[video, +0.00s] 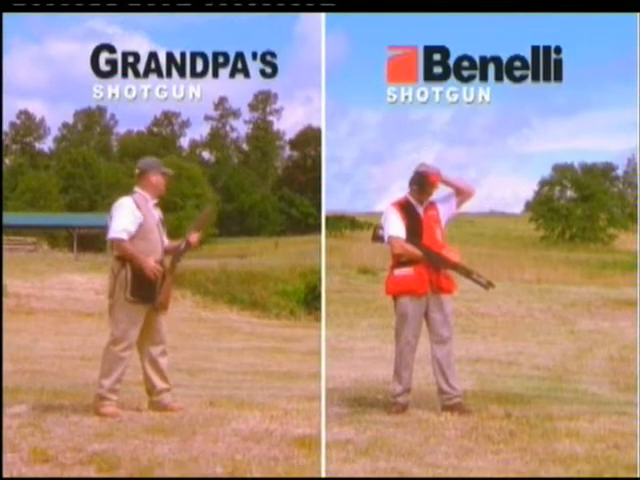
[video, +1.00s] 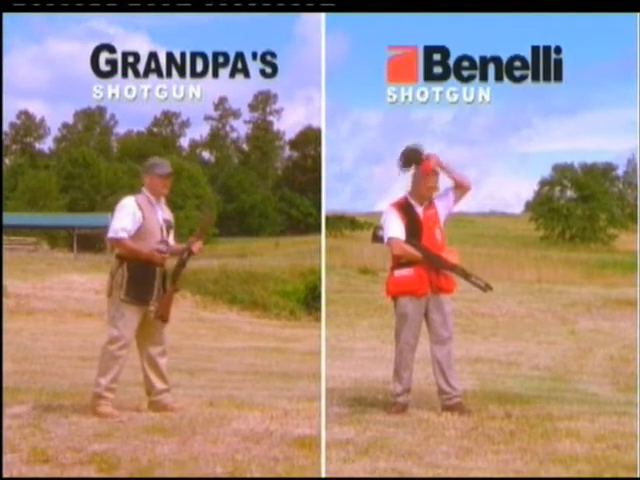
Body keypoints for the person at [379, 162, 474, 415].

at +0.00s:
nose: (431, 194)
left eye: (433, 190)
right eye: (429, 189)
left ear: (434, 189)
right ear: (417, 187)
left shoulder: (437, 209)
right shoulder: (395, 211)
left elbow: (467, 193)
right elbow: (397, 248)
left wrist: (441, 178)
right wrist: (432, 257)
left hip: (437, 281)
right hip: (409, 282)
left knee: (443, 340)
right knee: (406, 342)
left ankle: (450, 397)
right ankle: (401, 396)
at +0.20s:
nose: (430, 194)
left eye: (431, 190)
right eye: (426, 190)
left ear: (432, 189)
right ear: (413, 188)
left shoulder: (437, 208)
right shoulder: (395, 211)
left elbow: (464, 190)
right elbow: (397, 247)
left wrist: (439, 177)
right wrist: (434, 257)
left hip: (437, 281)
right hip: (409, 282)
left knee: (443, 340)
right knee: (406, 342)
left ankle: (450, 397)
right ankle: (400, 396)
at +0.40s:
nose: (428, 191)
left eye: (431, 186)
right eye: (424, 186)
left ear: (432, 187)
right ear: (411, 186)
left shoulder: (437, 207)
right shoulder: (395, 211)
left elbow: (463, 186)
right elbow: (397, 248)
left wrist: (438, 176)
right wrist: (434, 257)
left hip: (437, 281)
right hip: (409, 282)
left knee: (443, 340)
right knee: (406, 342)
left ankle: (450, 397)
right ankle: (400, 396)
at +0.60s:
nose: (428, 192)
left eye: (430, 188)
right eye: (424, 187)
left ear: (432, 187)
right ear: (411, 187)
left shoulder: (437, 207)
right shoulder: (395, 212)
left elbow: (463, 185)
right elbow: (398, 248)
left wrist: (437, 175)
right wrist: (435, 257)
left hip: (437, 281)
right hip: (409, 282)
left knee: (443, 340)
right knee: (406, 342)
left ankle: (451, 397)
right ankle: (400, 396)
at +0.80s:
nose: (430, 192)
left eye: (432, 188)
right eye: (426, 187)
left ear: (434, 186)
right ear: (413, 186)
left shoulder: (437, 207)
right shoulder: (394, 212)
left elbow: (463, 185)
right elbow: (397, 249)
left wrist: (439, 173)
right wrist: (434, 258)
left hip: (437, 281)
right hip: (409, 282)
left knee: (443, 340)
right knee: (406, 343)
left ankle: (451, 397)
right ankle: (401, 396)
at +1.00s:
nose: (434, 184)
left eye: (436, 178)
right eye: (429, 178)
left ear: (437, 181)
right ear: (415, 180)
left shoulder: (438, 207)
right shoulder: (395, 211)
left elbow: (464, 187)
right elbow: (396, 248)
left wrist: (442, 168)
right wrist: (432, 259)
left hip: (437, 279)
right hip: (409, 282)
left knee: (443, 341)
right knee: (406, 342)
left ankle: (451, 397)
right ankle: (401, 396)